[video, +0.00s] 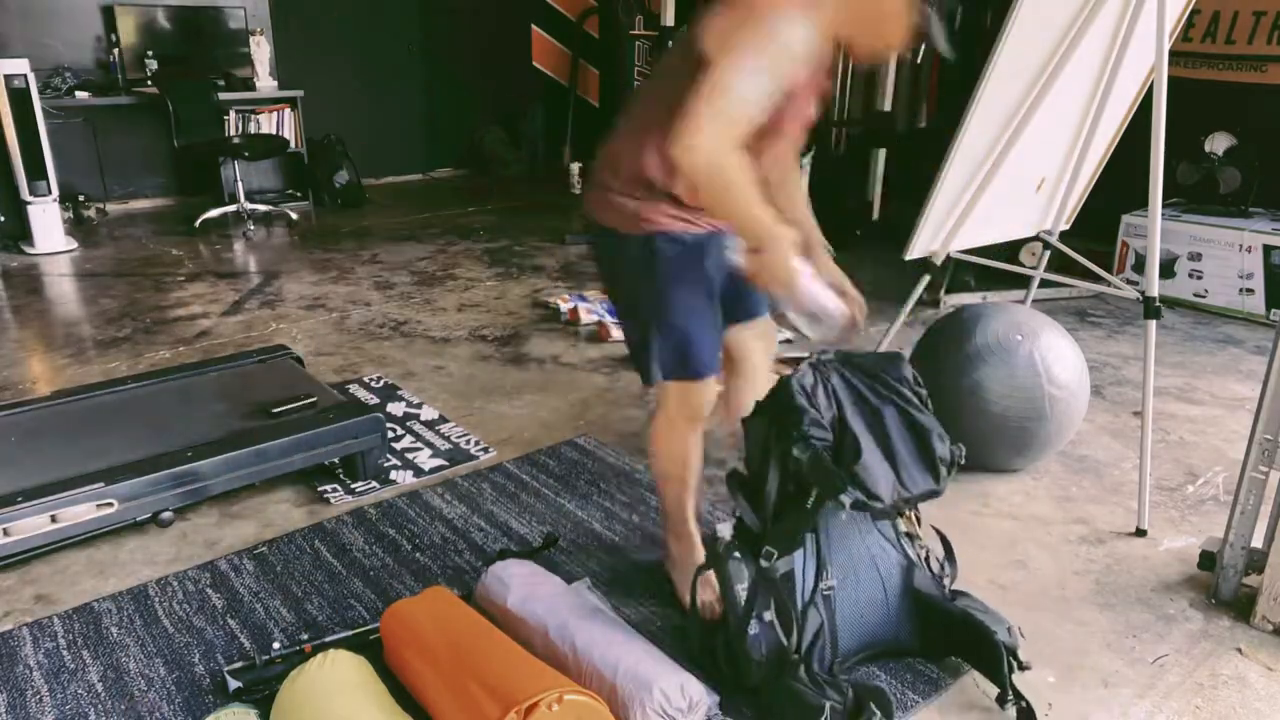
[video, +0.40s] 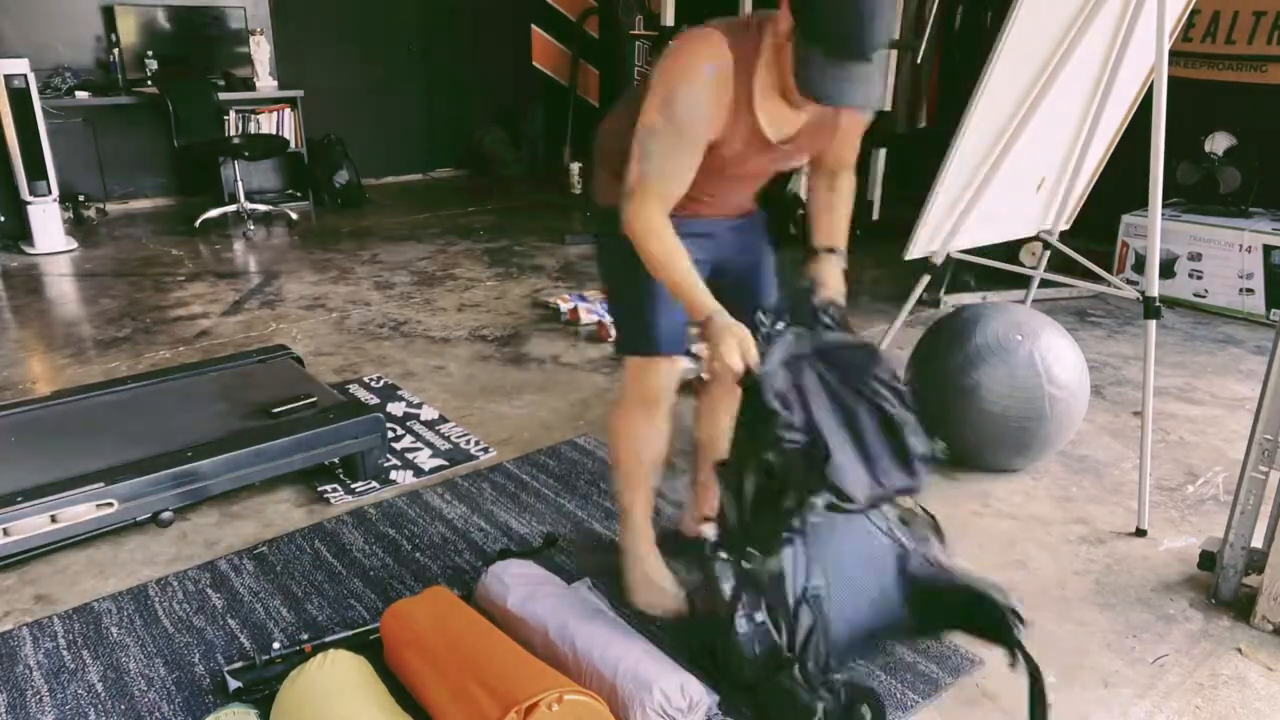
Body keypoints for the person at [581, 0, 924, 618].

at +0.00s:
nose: (902, 46)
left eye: (914, 35)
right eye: (912, 26)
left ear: (878, 9)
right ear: (883, 4)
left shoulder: (814, 40)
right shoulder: (783, 24)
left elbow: (776, 162)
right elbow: (696, 150)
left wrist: (818, 258)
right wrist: (771, 243)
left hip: (716, 206)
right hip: (649, 206)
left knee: (754, 354)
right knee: (688, 390)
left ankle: (763, 512)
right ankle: (685, 552)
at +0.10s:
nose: (996, 258)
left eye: (1012, 252)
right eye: (1015, 248)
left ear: (1017, 207)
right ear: (1022, 211)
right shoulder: (975, 167)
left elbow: (876, 326)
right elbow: (925, 280)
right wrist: (947, 376)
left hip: (791, 217)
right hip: (731, 192)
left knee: (807, 375)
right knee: (721, 390)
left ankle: (799, 540)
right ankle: (673, 546)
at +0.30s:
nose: (1025, 245)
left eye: (1042, 238)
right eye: (1042, 230)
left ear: (1035, 172)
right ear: (1037, 180)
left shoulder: (968, 155)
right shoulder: (969, 165)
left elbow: (880, 289)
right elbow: (869, 273)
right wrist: (883, 421)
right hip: (741, 205)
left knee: (816, 379)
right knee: (777, 406)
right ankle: (705, 564)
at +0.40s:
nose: (826, 94)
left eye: (844, 79)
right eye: (816, 74)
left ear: (869, 50)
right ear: (781, 25)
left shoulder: (854, 85)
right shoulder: (702, 68)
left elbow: (834, 170)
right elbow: (641, 214)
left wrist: (828, 258)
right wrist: (710, 316)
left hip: (740, 219)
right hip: (649, 211)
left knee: (737, 364)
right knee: (656, 371)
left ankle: (705, 513)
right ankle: (637, 545)